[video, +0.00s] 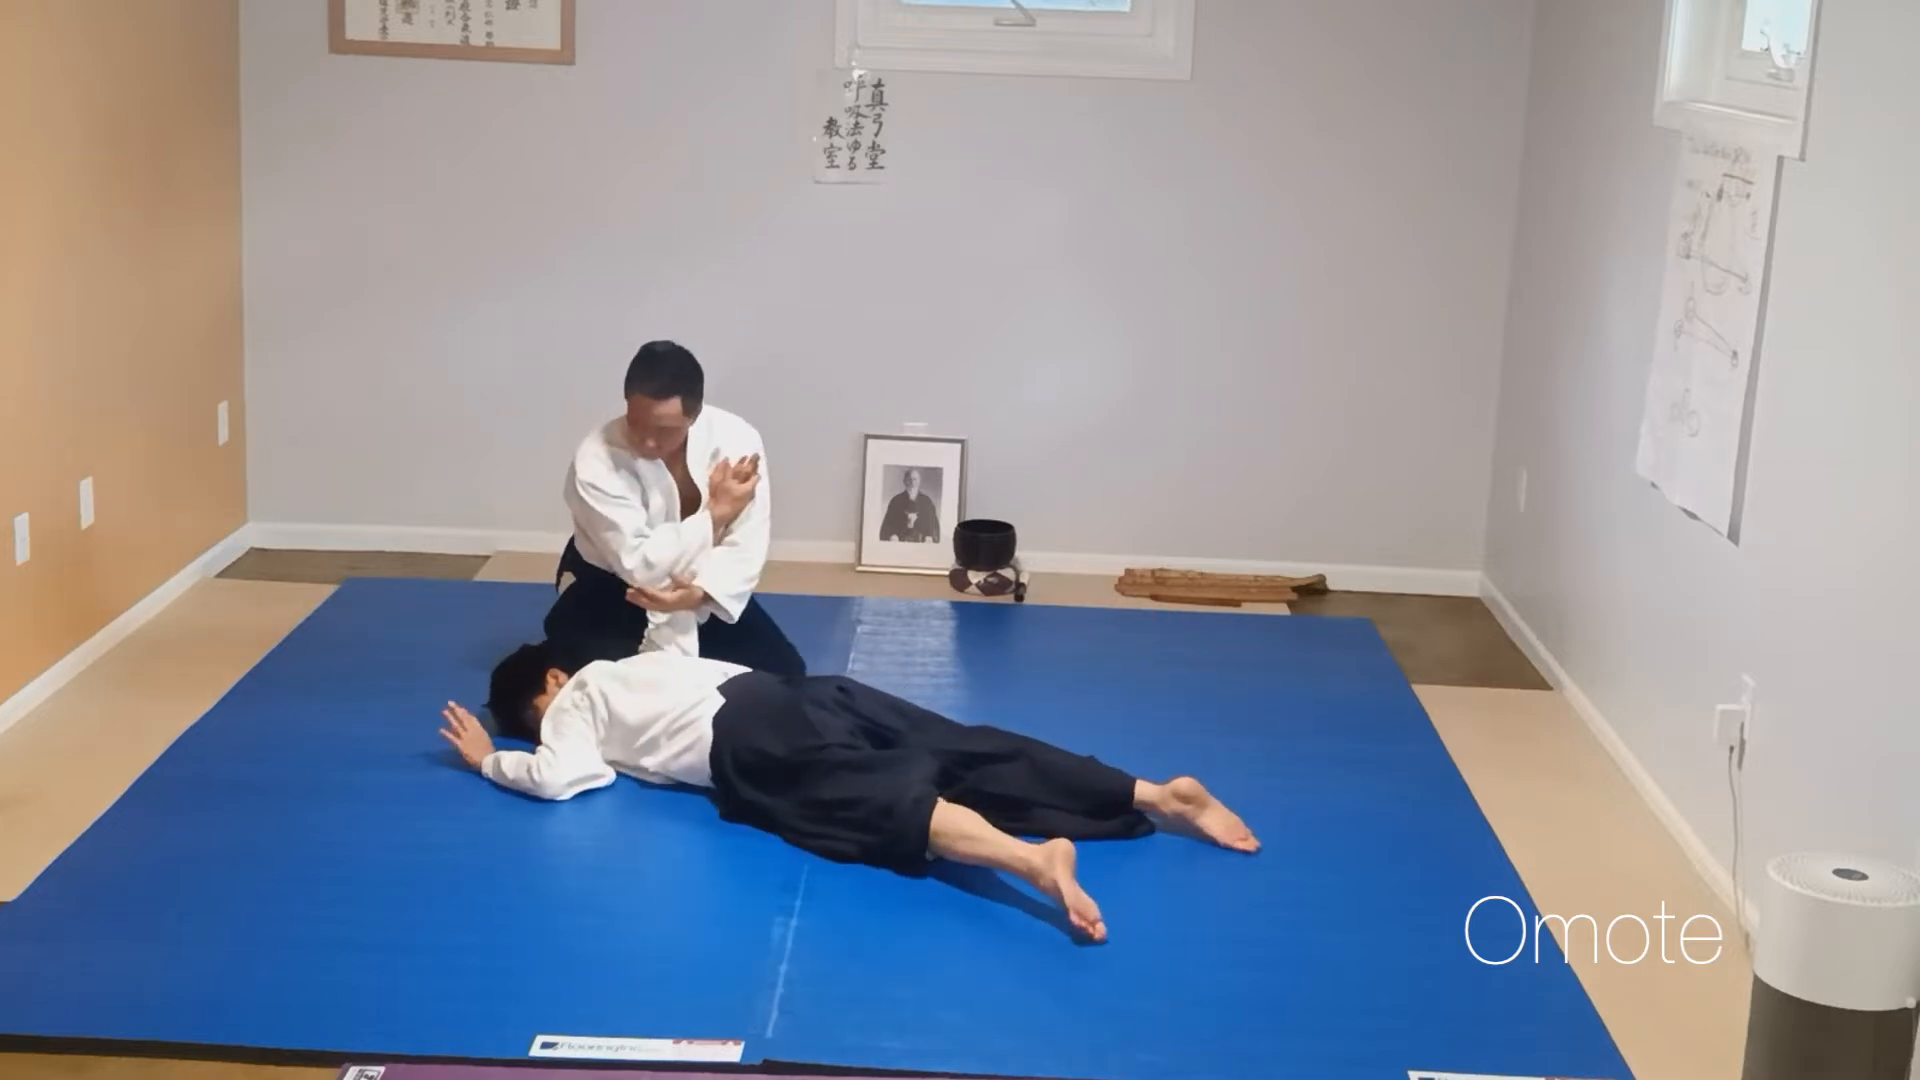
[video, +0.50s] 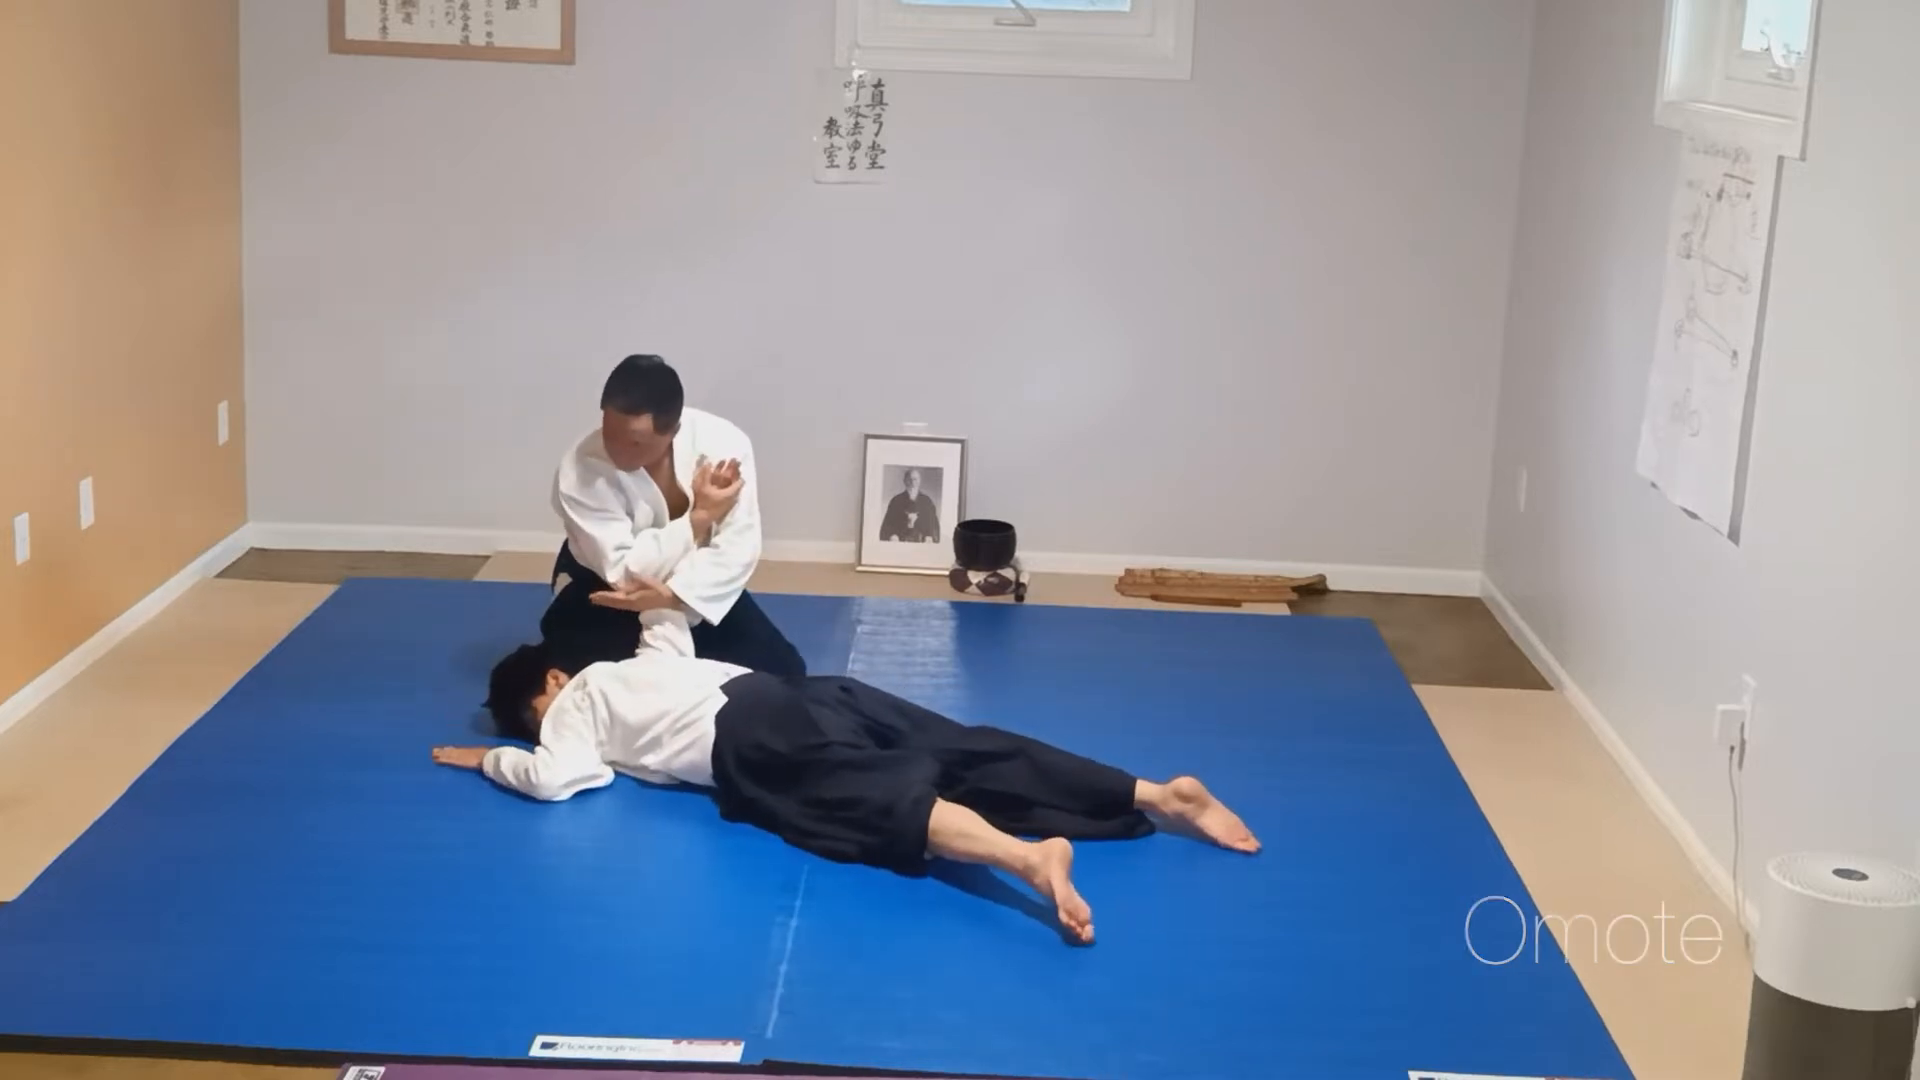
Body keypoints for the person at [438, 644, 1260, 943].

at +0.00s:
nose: (536, 720)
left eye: (527, 710)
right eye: (533, 709)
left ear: (546, 692)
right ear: (573, 664)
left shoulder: (573, 699)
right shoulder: (647, 660)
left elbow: (558, 778)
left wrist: (488, 759)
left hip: (748, 737)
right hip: (802, 687)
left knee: (889, 809)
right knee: (964, 748)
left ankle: (1030, 860)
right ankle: (1159, 797)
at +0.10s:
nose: (533, 719)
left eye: (526, 710)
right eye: (531, 709)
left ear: (547, 688)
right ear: (578, 662)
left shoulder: (572, 700)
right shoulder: (652, 659)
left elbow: (561, 775)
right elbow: (716, 645)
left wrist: (492, 758)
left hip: (749, 738)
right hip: (804, 688)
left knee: (891, 808)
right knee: (965, 748)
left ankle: (1030, 863)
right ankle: (1160, 797)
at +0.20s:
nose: (533, 719)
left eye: (526, 709)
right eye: (531, 708)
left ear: (546, 689)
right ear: (577, 662)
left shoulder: (574, 698)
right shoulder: (649, 657)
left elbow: (558, 778)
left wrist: (487, 753)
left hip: (749, 736)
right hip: (803, 686)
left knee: (886, 807)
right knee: (962, 748)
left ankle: (1029, 860)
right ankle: (1159, 797)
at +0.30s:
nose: (532, 722)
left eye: (526, 709)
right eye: (531, 709)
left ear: (547, 689)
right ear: (577, 663)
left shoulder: (576, 703)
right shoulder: (654, 653)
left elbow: (554, 779)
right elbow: (706, 641)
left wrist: (498, 758)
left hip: (751, 739)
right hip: (806, 690)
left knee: (889, 806)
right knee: (965, 748)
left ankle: (1030, 855)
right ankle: (1160, 795)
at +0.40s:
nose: (538, 723)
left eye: (530, 711)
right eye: (534, 709)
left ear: (548, 690)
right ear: (572, 666)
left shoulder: (579, 704)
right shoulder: (645, 648)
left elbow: (555, 777)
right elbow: (688, 625)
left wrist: (487, 756)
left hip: (745, 735)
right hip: (795, 688)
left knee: (882, 801)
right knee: (956, 745)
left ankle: (1029, 853)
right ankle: (1155, 796)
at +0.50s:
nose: (535, 727)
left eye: (528, 714)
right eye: (533, 714)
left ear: (546, 693)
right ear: (574, 665)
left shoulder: (578, 704)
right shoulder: (652, 653)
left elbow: (555, 777)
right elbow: (698, 651)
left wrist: (486, 758)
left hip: (750, 737)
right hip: (805, 688)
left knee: (890, 807)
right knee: (964, 747)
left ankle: (1026, 858)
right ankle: (1154, 793)